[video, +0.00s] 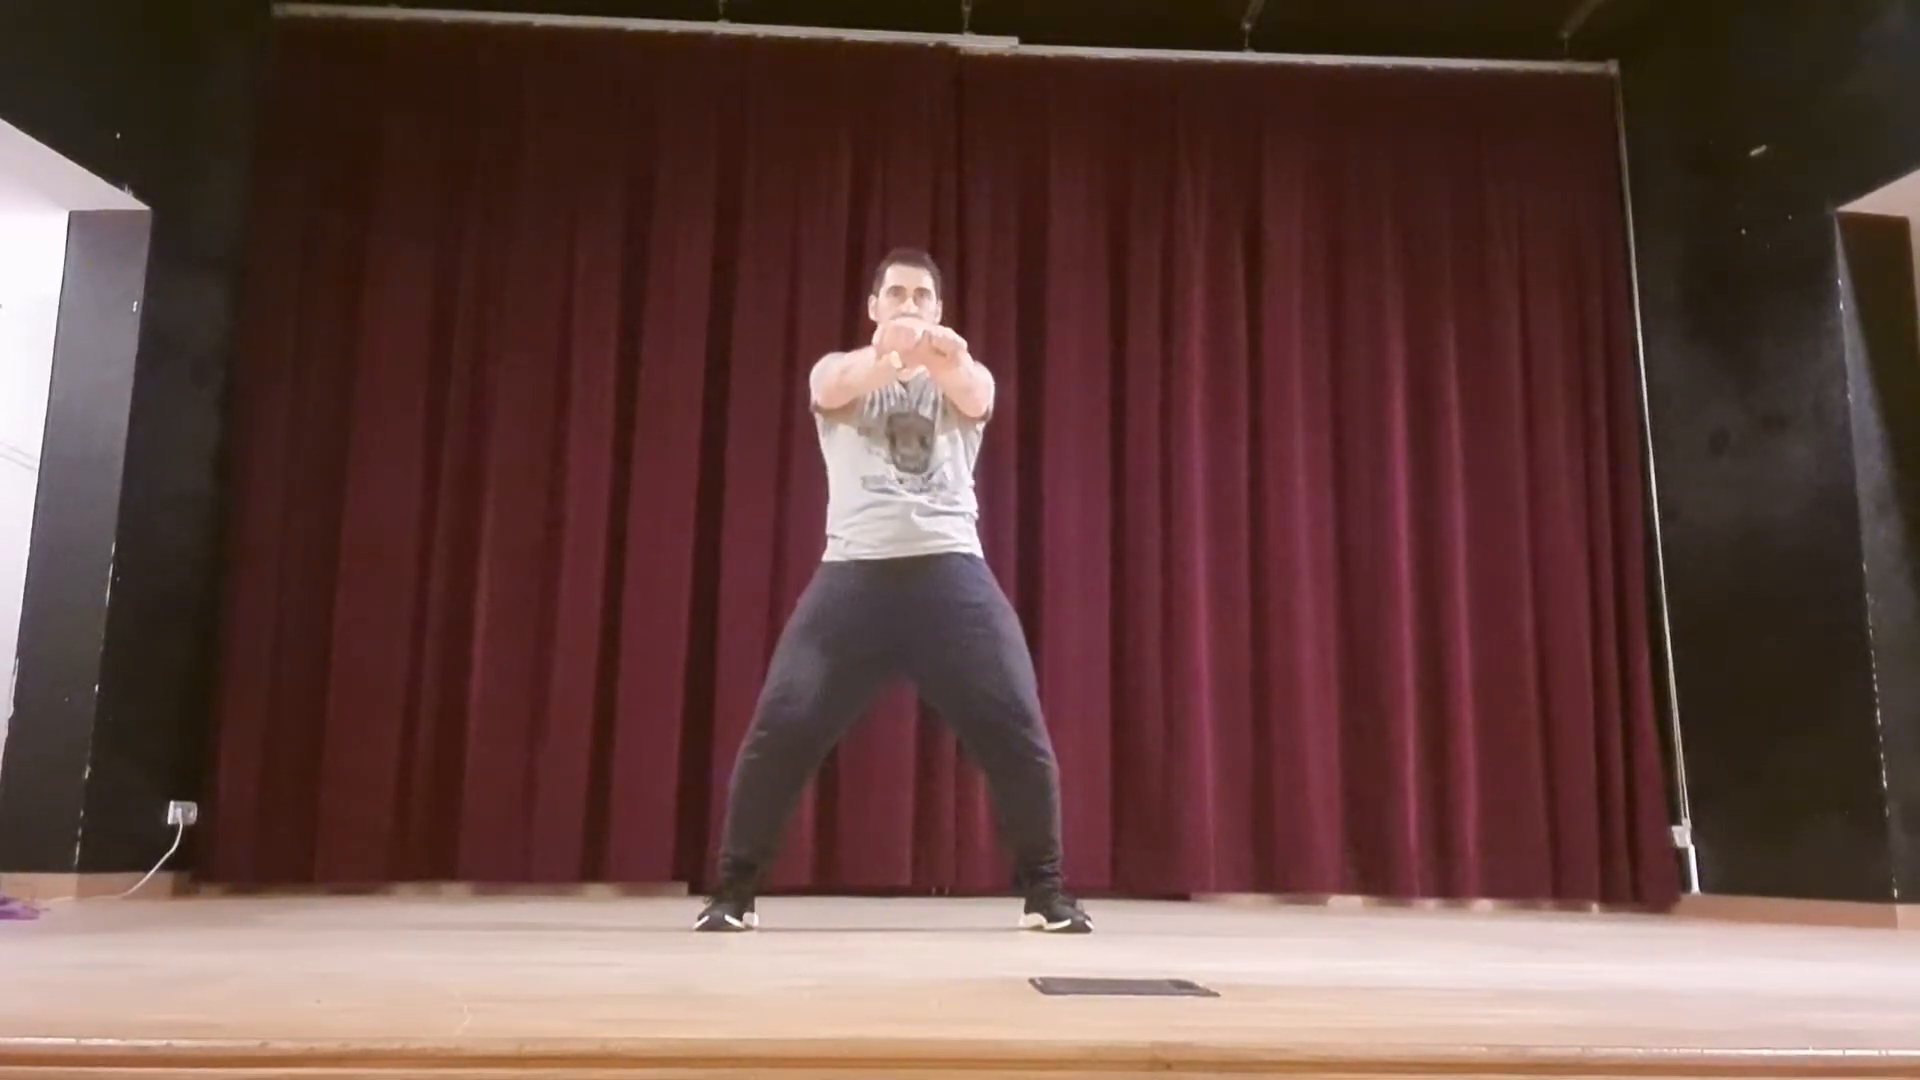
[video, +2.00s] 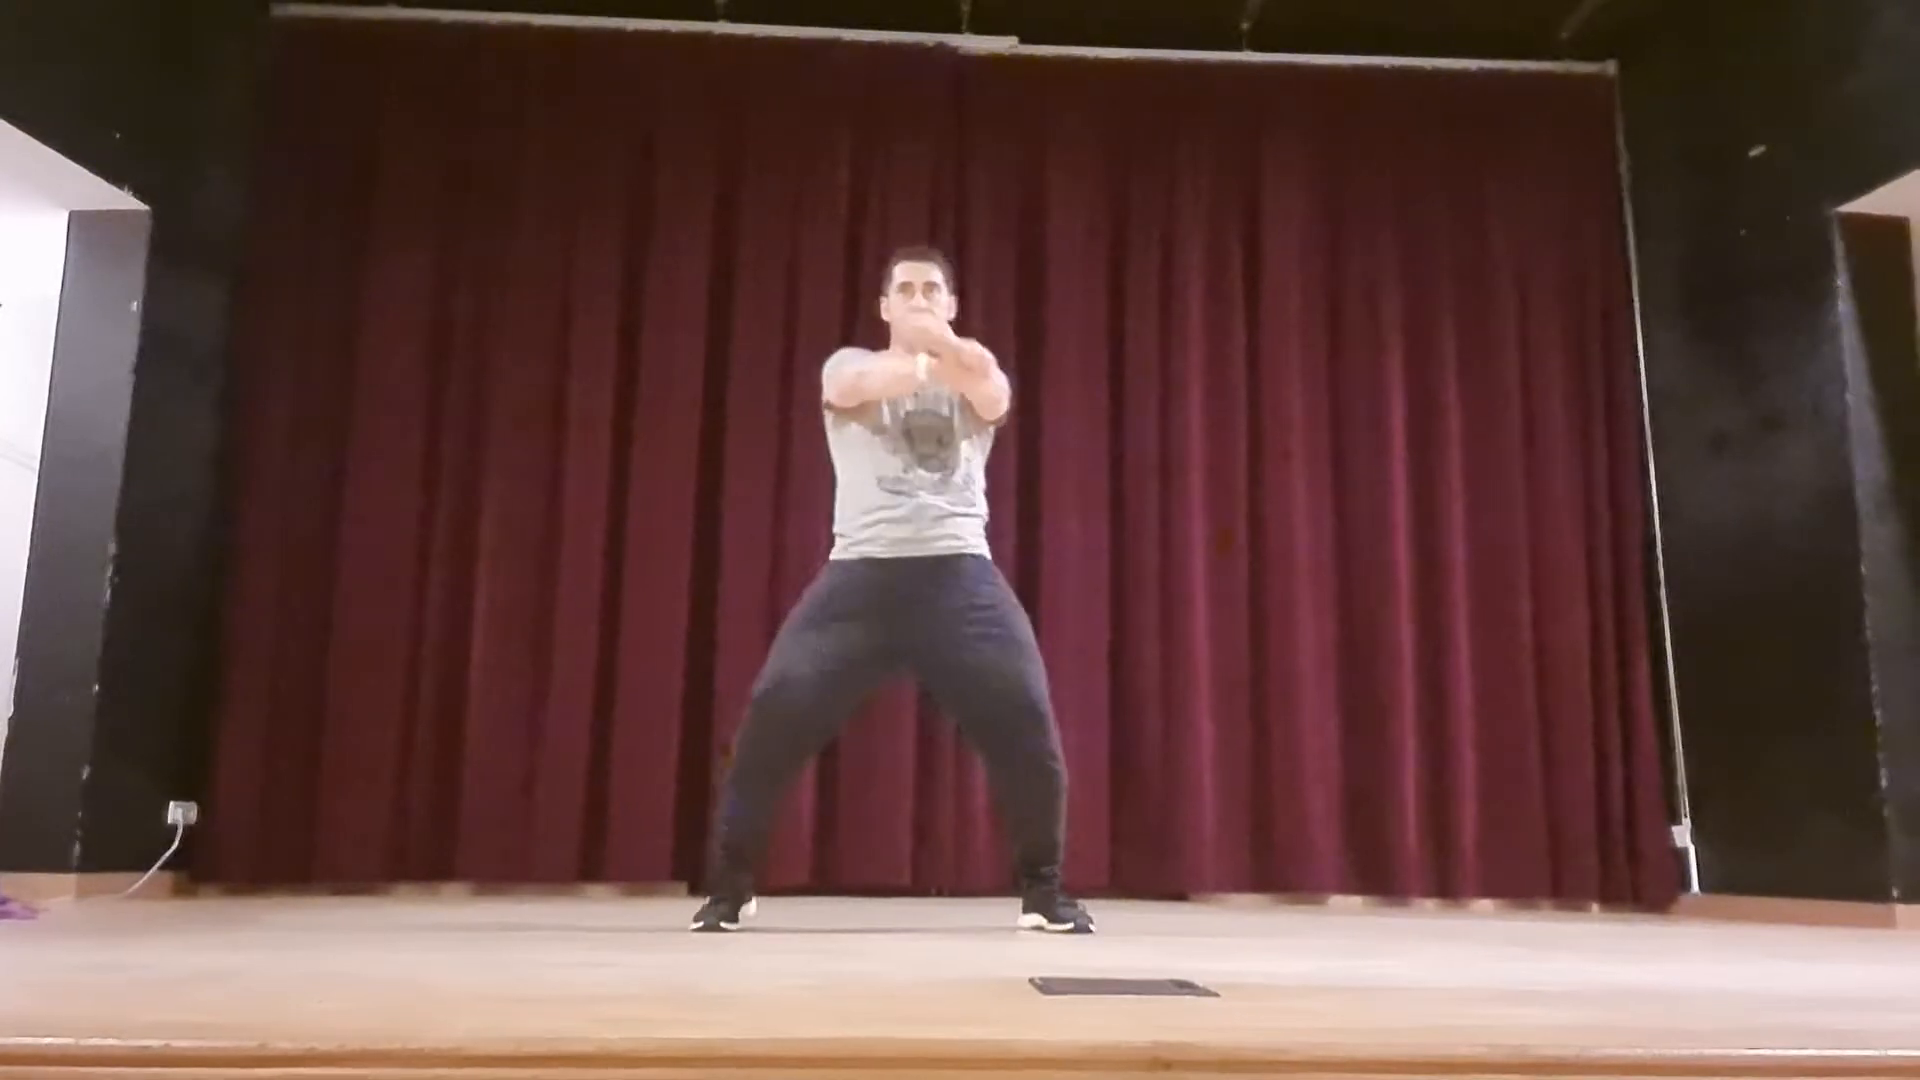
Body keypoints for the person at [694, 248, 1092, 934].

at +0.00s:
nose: (908, 305)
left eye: (921, 296)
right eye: (896, 294)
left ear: (939, 308)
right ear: (872, 305)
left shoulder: (966, 374)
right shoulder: (840, 366)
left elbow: (975, 401)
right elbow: (829, 392)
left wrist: (949, 360)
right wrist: (889, 361)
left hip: (952, 574)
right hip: (852, 575)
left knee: (1017, 727)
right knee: (783, 722)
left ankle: (1045, 891)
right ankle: (734, 894)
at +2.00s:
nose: (919, 299)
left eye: (930, 289)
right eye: (906, 290)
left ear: (953, 306)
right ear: (885, 308)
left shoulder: (977, 371)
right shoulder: (851, 365)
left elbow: (988, 392)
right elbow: (849, 387)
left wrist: (944, 343)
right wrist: (912, 369)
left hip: (960, 576)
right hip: (859, 575)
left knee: (1024, 713)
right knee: (780, 703)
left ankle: (1044, 889)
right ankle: (729, 885)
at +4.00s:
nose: (848, 285)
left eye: (861, 277)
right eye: (836, 276)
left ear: (883, 302)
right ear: (814, 300)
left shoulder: (913, 356)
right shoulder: (785, 366)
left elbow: (920, 384)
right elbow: (777, 397)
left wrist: (864, 351)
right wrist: (818, 361)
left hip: (920, 567)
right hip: (817, 573)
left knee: (1011, 704)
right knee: (754, 704)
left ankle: (1045, 864)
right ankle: (735, 884)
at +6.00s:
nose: (926, 312)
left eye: (938, 302)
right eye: (914, 299)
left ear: (960, 305)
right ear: (892, 298)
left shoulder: (983, 365)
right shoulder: (859, 353)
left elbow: (997, 394)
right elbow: (854, 353)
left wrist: (972, 324)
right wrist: (913, 320)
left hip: (959, 573)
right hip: (856, 567)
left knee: (1022, 705)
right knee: (763, 681)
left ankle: (1041, 886)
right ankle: (730, 867)